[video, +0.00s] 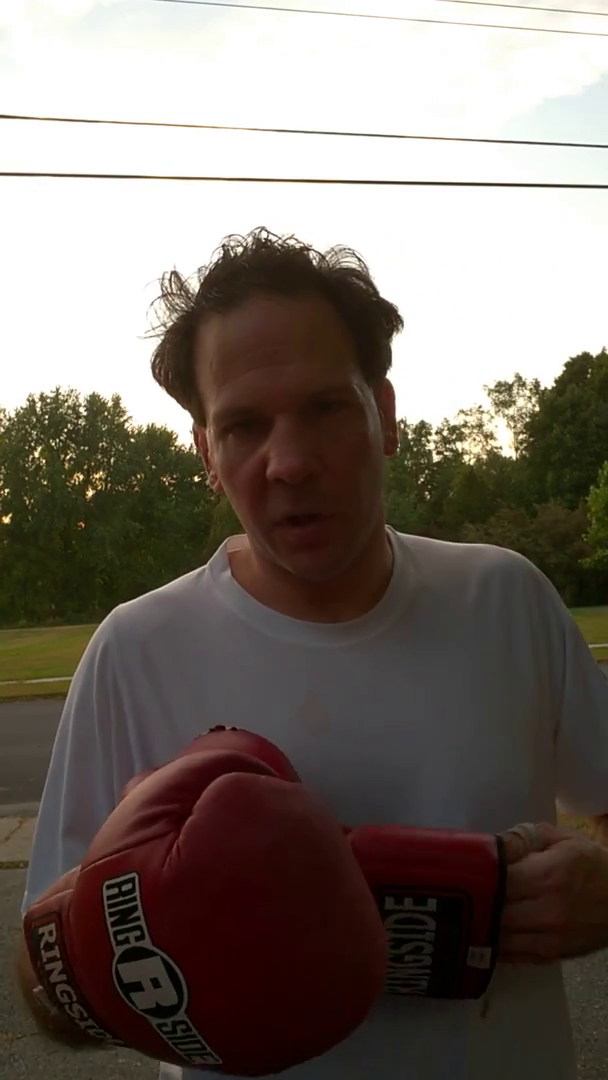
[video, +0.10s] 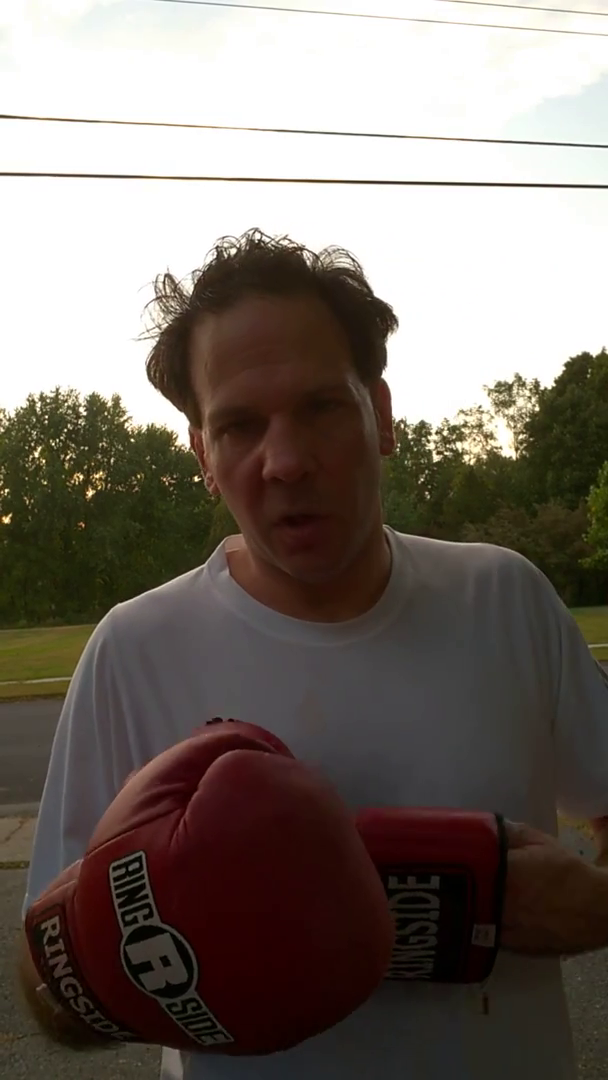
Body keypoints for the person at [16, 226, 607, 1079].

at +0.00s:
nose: (290, 462)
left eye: (325, 408)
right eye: (246, 426)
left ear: (386, 418)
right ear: (208, 458)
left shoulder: (510, 603)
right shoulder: (135, 655)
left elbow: (607, 816)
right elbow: (51, 996)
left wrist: (602, 880)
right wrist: (101, 898)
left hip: (515, 1065)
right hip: (253, 1069)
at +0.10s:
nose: (285, 461)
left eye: (320, 408)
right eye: (242, 426)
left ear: (382, 419)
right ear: (204, 460)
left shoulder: (509, 603)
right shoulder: (133, 654)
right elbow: (55, 1004)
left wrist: (592, 903)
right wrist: (107, 900)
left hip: (513, 1065)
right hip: (248, 1072)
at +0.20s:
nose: (283, 461)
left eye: (318, 408)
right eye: (240, 426)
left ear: (381, 421)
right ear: (203, 462)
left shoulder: (507, 601)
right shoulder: (133, 654)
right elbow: (56, 1011)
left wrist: (578, 899)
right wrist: (113, 884)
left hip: (512, 1066)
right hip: (246, 1072)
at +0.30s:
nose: (283, 461)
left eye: (317, 408)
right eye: (239, 426)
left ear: (380, 422)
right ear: (202, 462)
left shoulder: (506, 601)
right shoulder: (131, 655)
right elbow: (49, 1006)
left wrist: (577, 892)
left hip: (509, 1066)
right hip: (241, 1071)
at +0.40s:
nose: (285, 457)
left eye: (319, 404)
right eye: (240, 422)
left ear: (381, 419)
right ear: (202, 459)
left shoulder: (507, 604)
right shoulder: (128, 653)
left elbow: (602, 836)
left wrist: (550, 854)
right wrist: (54, 871)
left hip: (509, 1064)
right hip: (234, 1069)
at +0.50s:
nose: (288, 452)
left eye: (323, 401)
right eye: (243, 416)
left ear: (382, 420)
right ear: (202, 454)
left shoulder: (503, 603)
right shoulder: (124, 655)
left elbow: (603, 829)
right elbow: (67, 925)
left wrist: (550, 846)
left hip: (503, 1065)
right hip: (225, 1068)